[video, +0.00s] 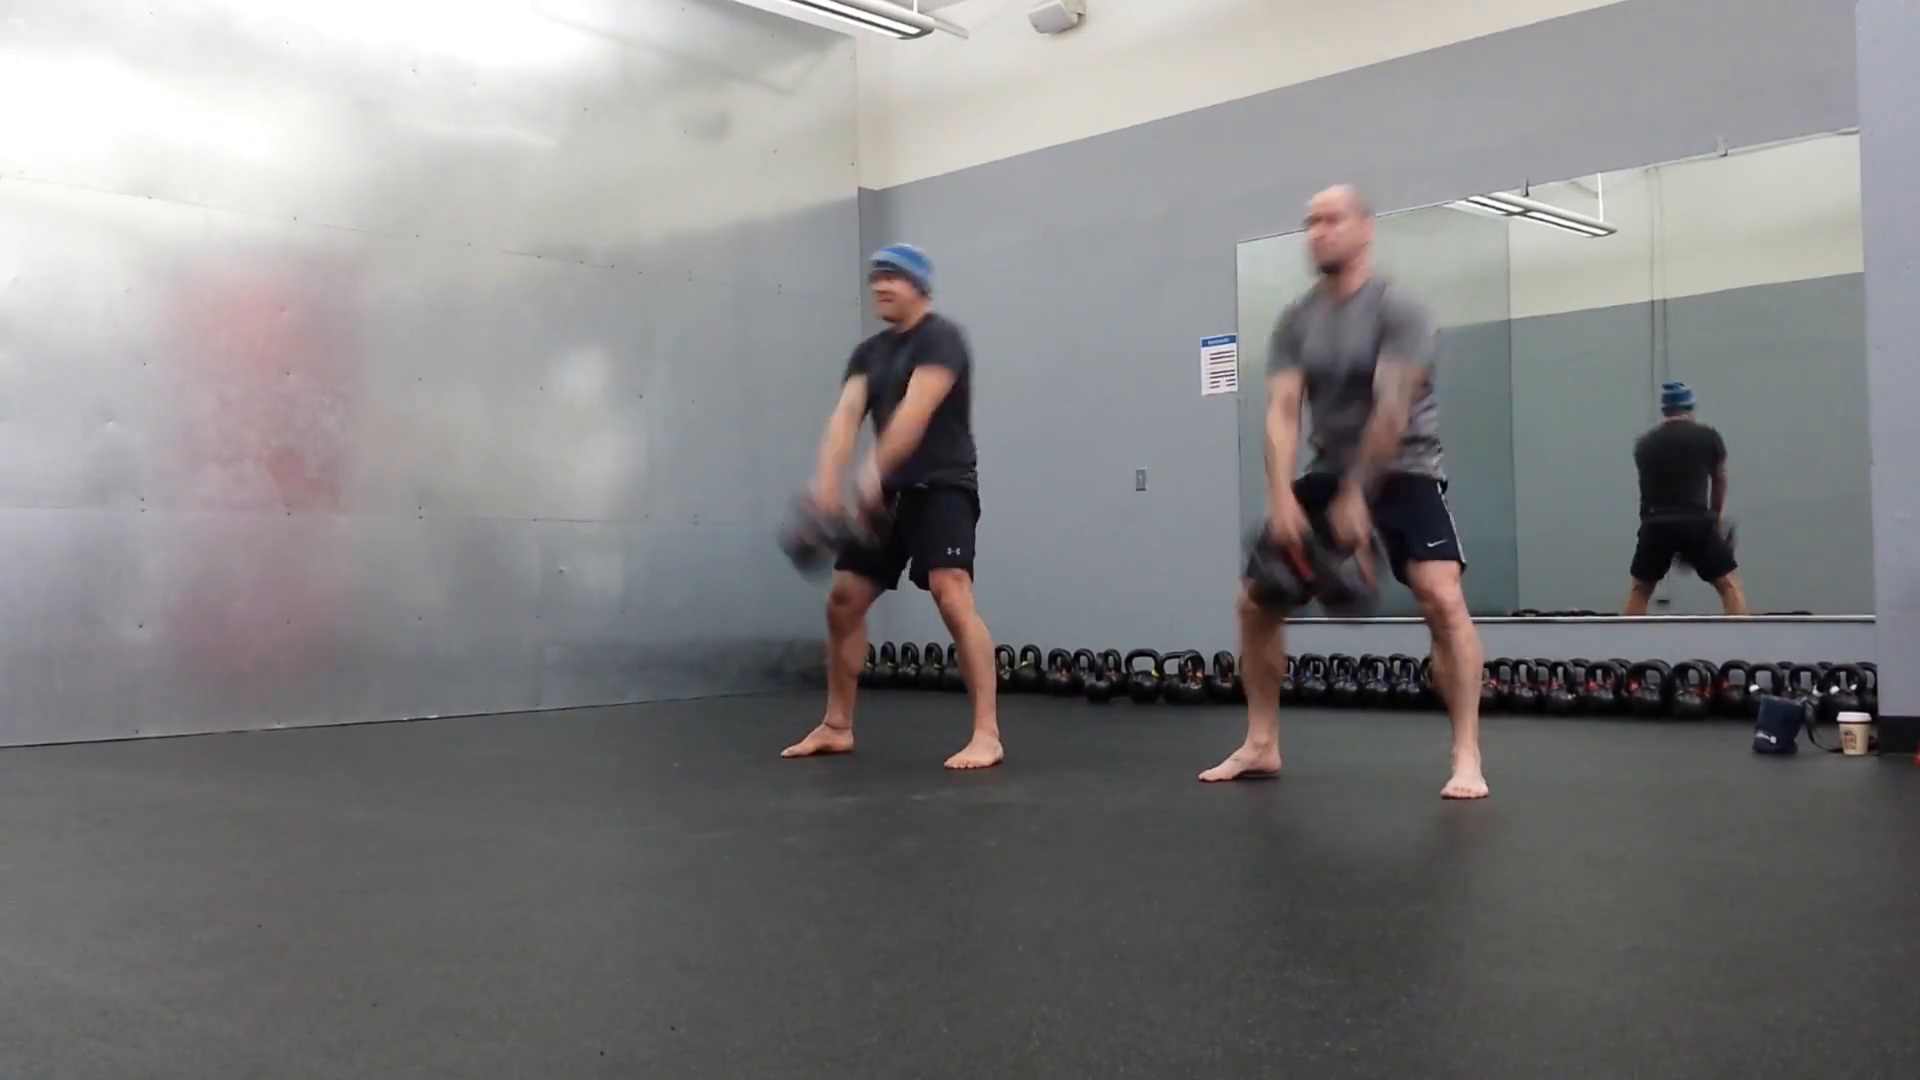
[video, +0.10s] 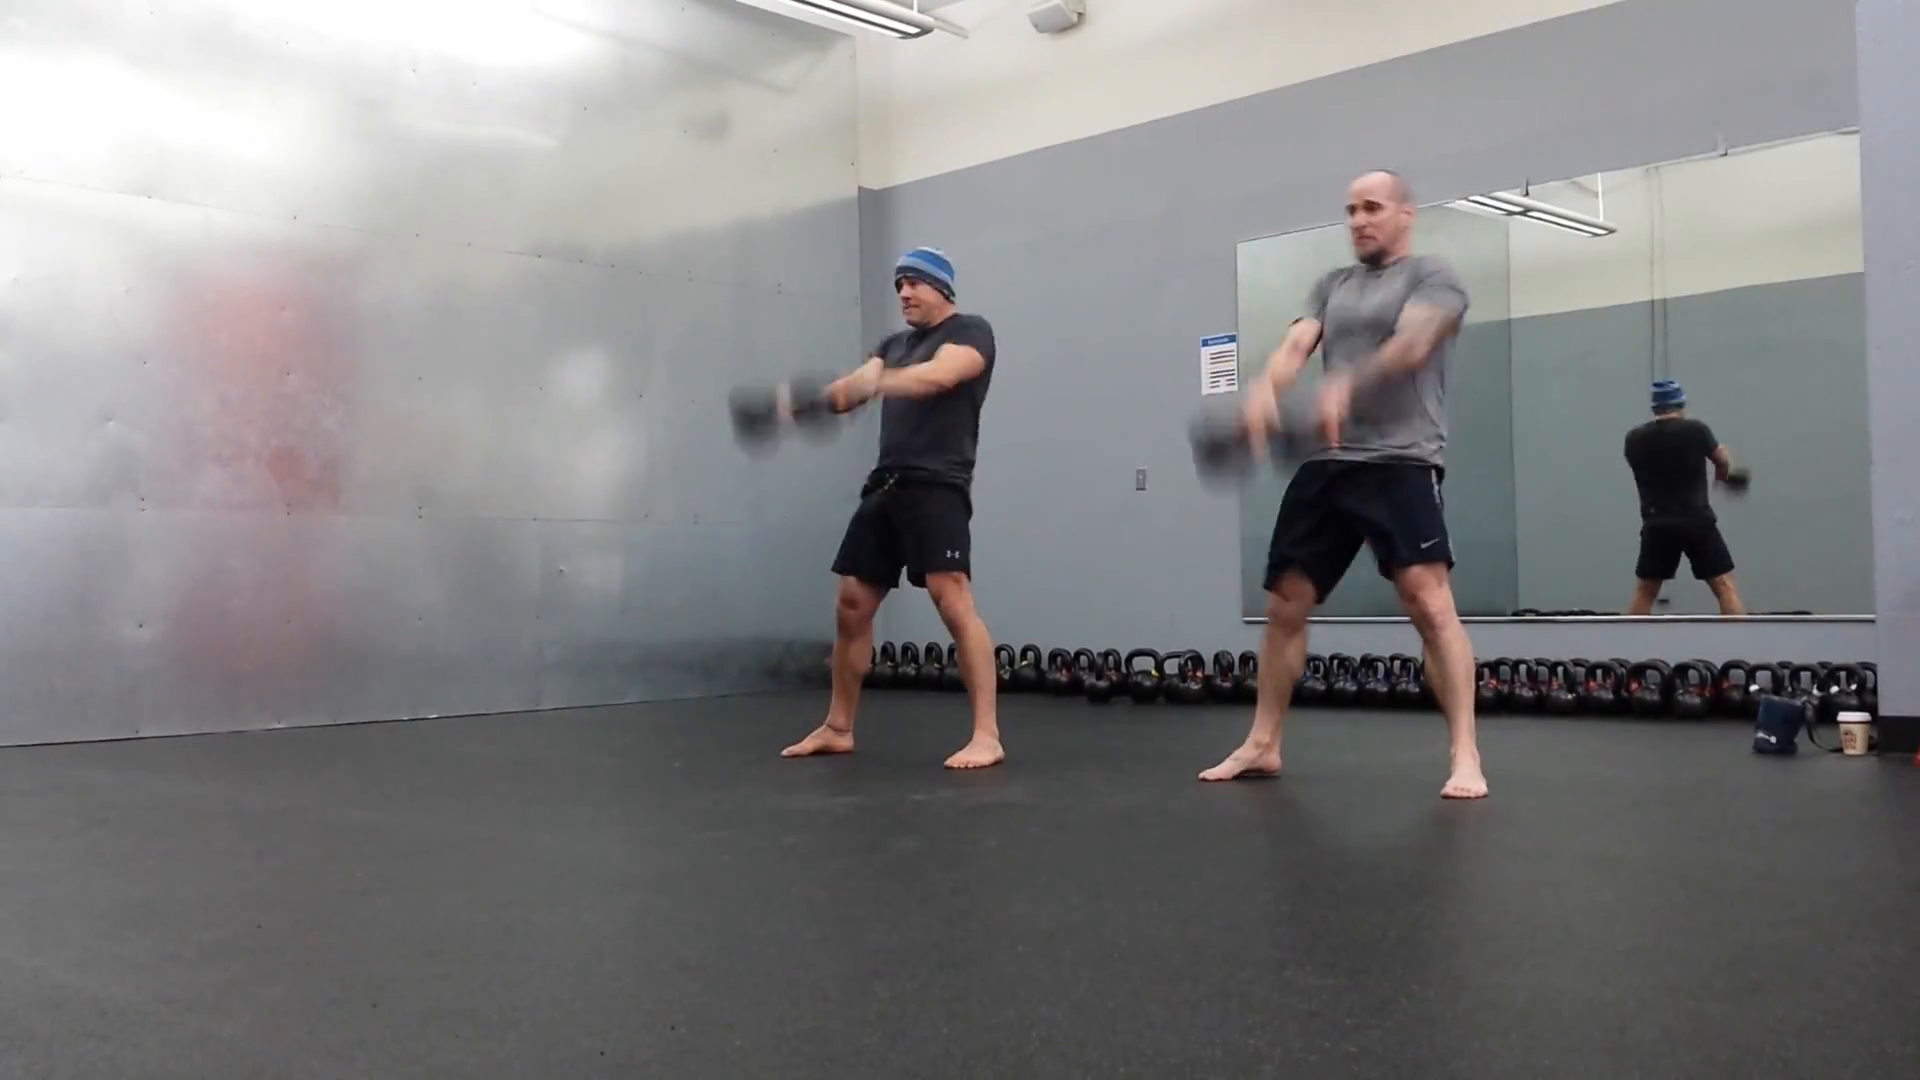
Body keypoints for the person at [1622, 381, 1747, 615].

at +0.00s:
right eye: (1689, 408)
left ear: (1664, 410)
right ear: (1690, 408)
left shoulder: (1644, 443)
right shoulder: (1708, 437)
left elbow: (1647, 490)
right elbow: (1719, 484)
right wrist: (1715, 521)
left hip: (1656, 526)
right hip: (1697, 525)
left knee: (1639, 592)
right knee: (1728, 587)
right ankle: (1743, 647)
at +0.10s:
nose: (1682, 409)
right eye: (1681, 405)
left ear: (1654, 407)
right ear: (1680, 405)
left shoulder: (1634, 438)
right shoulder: (1696, 430)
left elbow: (1647, 472)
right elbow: (1721, 461)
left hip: (1657, 528)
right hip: (1697, 525)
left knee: (1644, 594)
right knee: (1723, 588)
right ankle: (1744, 647)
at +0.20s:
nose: (1687, 407)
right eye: (1685, 404)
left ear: (1656, 409)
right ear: (1684, 405)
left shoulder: (1638, 443)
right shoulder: (1698, 434)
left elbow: (1646, 470)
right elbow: (1733, 455)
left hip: (1664, 528)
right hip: (1703, 526)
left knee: (1650, 594)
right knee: (1726, 589)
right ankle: (1746, 646)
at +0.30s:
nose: (1692, 412)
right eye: (1691, 407)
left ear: (1663, 411)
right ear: (1691, 408)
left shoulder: (1646, 439)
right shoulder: (1705, 432)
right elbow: (1742, 418)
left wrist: (1655, 409)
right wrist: (1735, 395)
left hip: (1669, 526)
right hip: (1707, 523)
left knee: (1652, 595)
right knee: (1727, 589)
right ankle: (1744, 647)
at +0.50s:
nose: (1703, 413)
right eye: (1703, 408)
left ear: (1677, 410)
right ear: (1706, 410)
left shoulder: (1660, 435)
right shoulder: (1715, 432)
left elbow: (1653, 395)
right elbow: (1730, 386)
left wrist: (1658, 355)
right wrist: (1724, 344)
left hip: (1674, 526)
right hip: (1713, 524)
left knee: (1653, 597)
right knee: (1729, 592)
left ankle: (1620, 651)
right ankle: (1745, 655)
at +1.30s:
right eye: (1687, 404)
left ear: (1663, 409)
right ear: (1692, 406)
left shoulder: (1650, 441)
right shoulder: (1709, 435)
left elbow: (1643, 425)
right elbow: (1752, 417)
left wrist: (1650, 395)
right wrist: (1733, 386)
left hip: (1670, 528)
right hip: (1709, 525)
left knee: (1653, 595)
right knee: (1728, 591)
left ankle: (1625, 647)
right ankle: (1745, 650)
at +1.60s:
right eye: (1690, 402)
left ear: (1663, 407)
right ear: (1691, 405)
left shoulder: (1647, 444)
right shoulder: (1707, 438)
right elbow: (1743, 460)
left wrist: (1645, 436)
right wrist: (1732, 426)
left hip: (1669, 528)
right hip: (1708, 526)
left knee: (1652, 594)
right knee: (1727, 589)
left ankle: (1625, 647)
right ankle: (1744, 647)